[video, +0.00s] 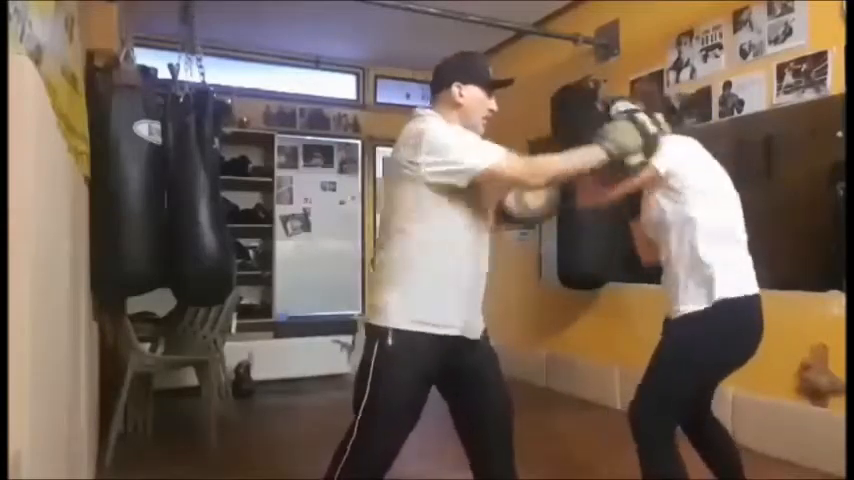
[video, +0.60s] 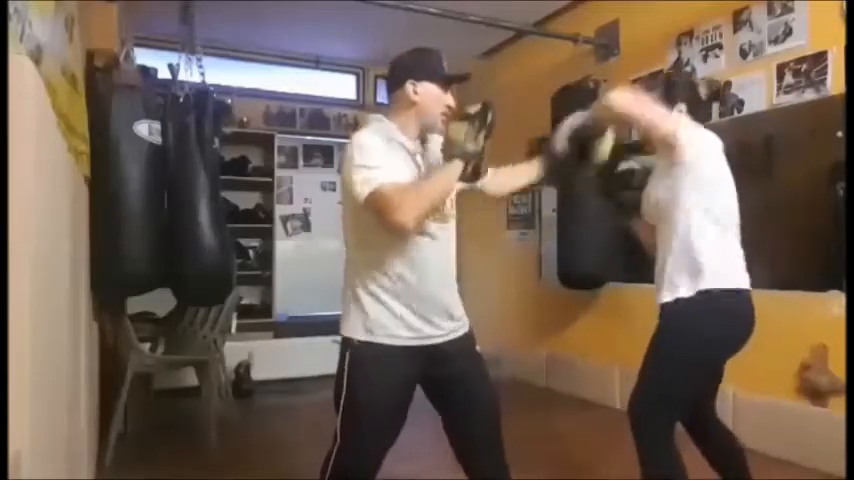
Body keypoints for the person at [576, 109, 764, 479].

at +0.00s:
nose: (620, 146)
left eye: (622, 136)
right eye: (617, 138)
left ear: (637, 132)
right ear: (656, 124)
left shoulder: (672, 148)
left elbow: (591, 196)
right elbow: (650, 255)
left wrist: (601, 150)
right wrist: (630, 195)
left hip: (708, 319)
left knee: (648, 415)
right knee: (693, 413)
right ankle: (734, 474)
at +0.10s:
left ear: (628, 131)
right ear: (653, 127)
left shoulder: (666, 153)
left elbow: (610, 211)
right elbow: (648, 259)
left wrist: (604, 166)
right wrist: (628, 210)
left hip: (708, 319)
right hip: (730, 316)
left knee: (649, 418)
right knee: (691, 414)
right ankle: (734, 473)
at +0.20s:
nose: (627, 127)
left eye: (635, 117)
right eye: (625, 119)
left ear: (665, 113)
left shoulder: (701, 156)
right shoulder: (648, 165)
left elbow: (665, 230)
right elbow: (611, 231)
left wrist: (647, 172)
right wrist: (605, 181)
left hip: (716, 313)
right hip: (672, 317)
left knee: (654, 418)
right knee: (699, 419)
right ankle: (730, 473)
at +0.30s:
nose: (631, 125)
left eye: (638, 115)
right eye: (628, 117)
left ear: (671, 111)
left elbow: (704, 219)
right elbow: (567, 169)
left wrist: (670, 159)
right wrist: (558, 126)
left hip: (716, 312)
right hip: (667, 317)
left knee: (656, 416)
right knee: (705, 420)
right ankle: (738, 475)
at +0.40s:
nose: (634, 124)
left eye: (640, 113)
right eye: (630, 116)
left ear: (669, 110)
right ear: (631, 121)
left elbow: (734, 179)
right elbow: (585, 172)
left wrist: (680, 139)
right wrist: (570, 146)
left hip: (713, 310)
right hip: (663, 315)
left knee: (656, 417)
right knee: (697, 419)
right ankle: (736, 473)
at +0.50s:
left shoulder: (708, 152)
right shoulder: (653, 175)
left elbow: (719, 117)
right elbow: (627, 221)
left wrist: (668, 111)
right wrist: (602, 188)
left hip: (707, 302)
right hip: (677, 307)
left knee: (652, 414)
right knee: (694, 414)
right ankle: (737, 473)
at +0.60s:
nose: (639, 120)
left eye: (645, 106)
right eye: (639, 106)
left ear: (673, 107)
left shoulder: (695, 139)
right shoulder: (666, 170)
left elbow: (620, 98)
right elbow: (665, 248)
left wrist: (587, 121)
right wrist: (626, 213)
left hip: (705, 305)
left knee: (648, 413)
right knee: (697, 413)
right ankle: (740, 474)